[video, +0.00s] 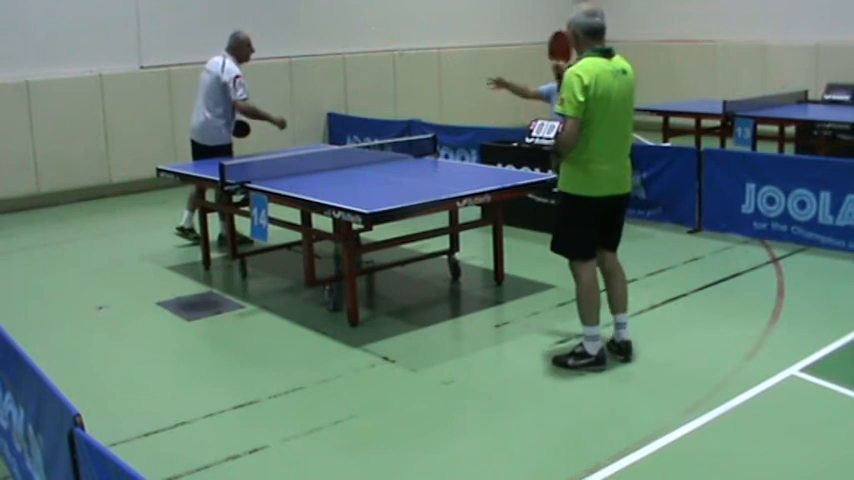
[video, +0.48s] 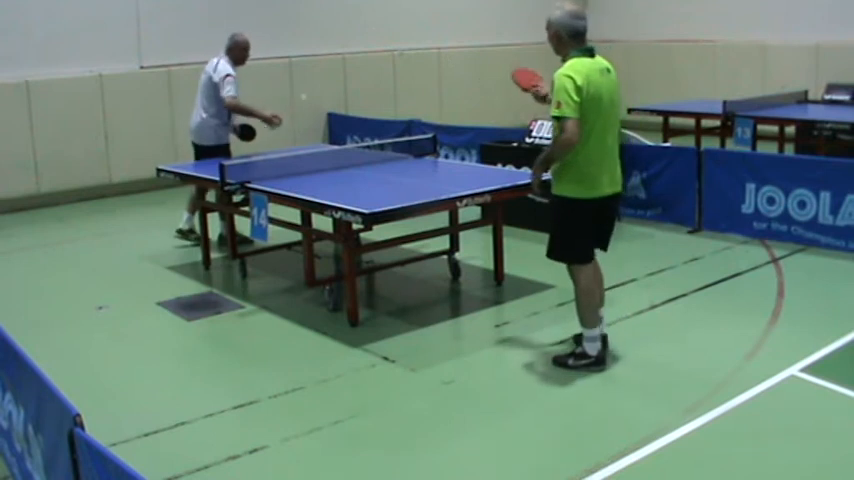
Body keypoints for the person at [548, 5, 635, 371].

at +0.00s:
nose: (567, 41)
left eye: (568, 37)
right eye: (569, 37)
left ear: (573, 37)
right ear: (603, 35)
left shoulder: (578, 75)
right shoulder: (624, 69)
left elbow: (569, 134)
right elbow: (615, 119)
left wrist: (554, 156)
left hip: (582, 187)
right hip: (617, 184)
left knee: (583, 264)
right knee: (607, 255)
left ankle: (592, 347)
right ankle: (622, 337)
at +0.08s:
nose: (562, 41)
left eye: (563, 36)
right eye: (564, 36)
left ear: (569, 37)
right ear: (599, 35)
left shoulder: (575, 74)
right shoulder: (621, 69)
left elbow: (570, 132)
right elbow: (609, 115)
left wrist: (552, 156)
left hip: (581, 187)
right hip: (615, 184)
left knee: (582, 264)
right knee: (602, 254)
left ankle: (591, 347)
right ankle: (621, 335)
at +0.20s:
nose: (558, 42)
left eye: (558, 37)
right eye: (559, 37)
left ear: (565, 38)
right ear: (592, 36)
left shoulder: (570, 75)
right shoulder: (615, 68)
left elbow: (567, 134)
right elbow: (604, 113)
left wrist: (548, 159)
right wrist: (553, 104)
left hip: (580, 189)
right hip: (612, 186)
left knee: (581, 264)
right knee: (594, 253)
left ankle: (592, 347)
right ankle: (617, 325)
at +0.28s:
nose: (554, 43)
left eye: (554, 38)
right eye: (554, 38)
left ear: (562, 38)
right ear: (588, 36)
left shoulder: (570, 76)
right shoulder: (611, 68)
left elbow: (567, 136)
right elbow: (610, 121)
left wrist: (546, 161)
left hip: (580, 188)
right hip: (610, 185)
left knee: (579, 264)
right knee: (590, 252)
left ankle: (591, 347)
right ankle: (611, 320)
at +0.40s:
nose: (549, 42)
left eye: (550, 36)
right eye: (550, 36)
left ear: (558, 38)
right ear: (584, 36)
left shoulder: (568, 75)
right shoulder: (607, 68)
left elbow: (569, 134)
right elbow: (602, 114)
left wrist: (543, 161)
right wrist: (553, 108)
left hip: (580, 188)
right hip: (608, 184)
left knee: (578, 262)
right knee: (587, 255)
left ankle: (591, 348)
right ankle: (604, 324)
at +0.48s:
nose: (548, 41)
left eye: (548, 35)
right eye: (548, 35)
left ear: (556, 37)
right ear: (583, 35)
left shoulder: (568, 76)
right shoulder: (604, 67)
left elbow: (569, 136)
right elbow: (600, 111)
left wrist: (539, 166)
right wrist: (552, 100)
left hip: (579, 189)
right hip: (605, 184)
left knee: (578, 262)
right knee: (586, 258)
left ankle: (591, 347)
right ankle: (595, 332)